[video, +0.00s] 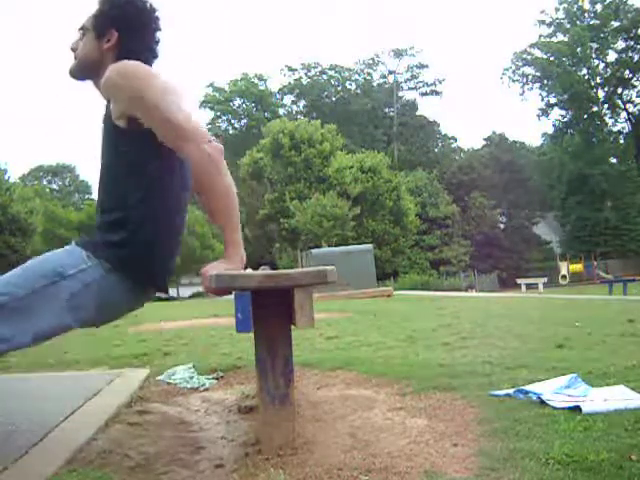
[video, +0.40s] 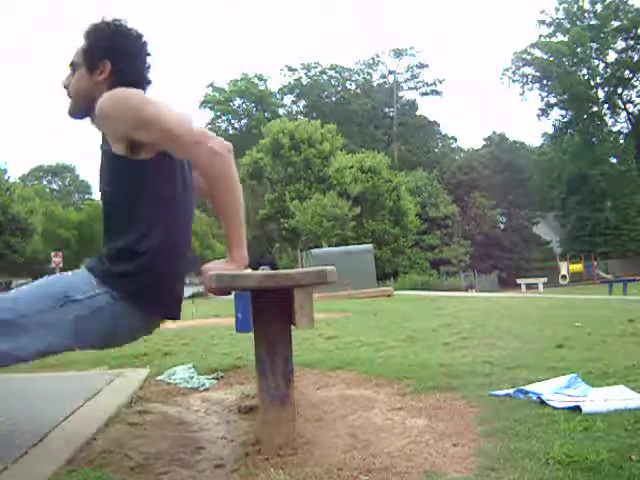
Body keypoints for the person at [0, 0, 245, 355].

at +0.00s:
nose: (73, 45)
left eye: (83, 33)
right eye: (78, 34)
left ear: (109, 40)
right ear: (110, 41)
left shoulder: (123, 76)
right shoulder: (135, 82)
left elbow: (201, 150)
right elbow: (209, 152)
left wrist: (234, 253)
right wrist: (233, 247)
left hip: (112, 265)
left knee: (4, 316)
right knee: (6, 321)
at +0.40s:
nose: (65, 82)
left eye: (75, 68)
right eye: (70, 69)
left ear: (103, 71)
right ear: (103, 72)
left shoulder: (115, 104)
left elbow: (213, 153)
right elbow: (219, 153)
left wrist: (238, 257)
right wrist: (239, 255)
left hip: (120, 293)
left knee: (1, 327)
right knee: (4, 317)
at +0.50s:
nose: (62, 121)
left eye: (70, 108)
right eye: (65, 108)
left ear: (98, 110)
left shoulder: (114, 137)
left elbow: (220, 154)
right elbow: (219, 189)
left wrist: (238, 258)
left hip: (134, 324)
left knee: (3, 332)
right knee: (7, 323)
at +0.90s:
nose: (59, 120)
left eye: (67, 109)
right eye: (63, 109)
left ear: (94, 115)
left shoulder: (110, 143)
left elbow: (217, 155)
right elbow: (220, 194)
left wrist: (239, 258)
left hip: (131, 327)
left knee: (3, 330)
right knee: (8, 322)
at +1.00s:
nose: (62, 81)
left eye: (72, 69)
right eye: (68, 69)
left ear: (99, 76)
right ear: (100, 77)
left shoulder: (110, 109)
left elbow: (212, 153)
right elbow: (202, 187)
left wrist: (237, 257)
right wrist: (240, 250)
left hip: (120, 293)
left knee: (2, 316)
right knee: (5, 311)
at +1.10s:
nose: (64, 44)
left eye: (73, 32)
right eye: (68, 33)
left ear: (102, 36)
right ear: (101, 37)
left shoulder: (115, 73)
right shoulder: (143, 82)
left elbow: (187, 155)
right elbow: (193, 163)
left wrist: (233, 255)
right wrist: (233, 256)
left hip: (109, 259)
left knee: (3, 306)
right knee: (5, 317)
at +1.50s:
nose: (59, 88)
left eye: (67, 75)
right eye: (63, 76)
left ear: (96, 78)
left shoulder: (112, 108)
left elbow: (214, 153)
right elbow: (204, 190)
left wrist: (238, 257)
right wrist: (240, 254)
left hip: (125, 296)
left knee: (3, 322)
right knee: (5, 320)